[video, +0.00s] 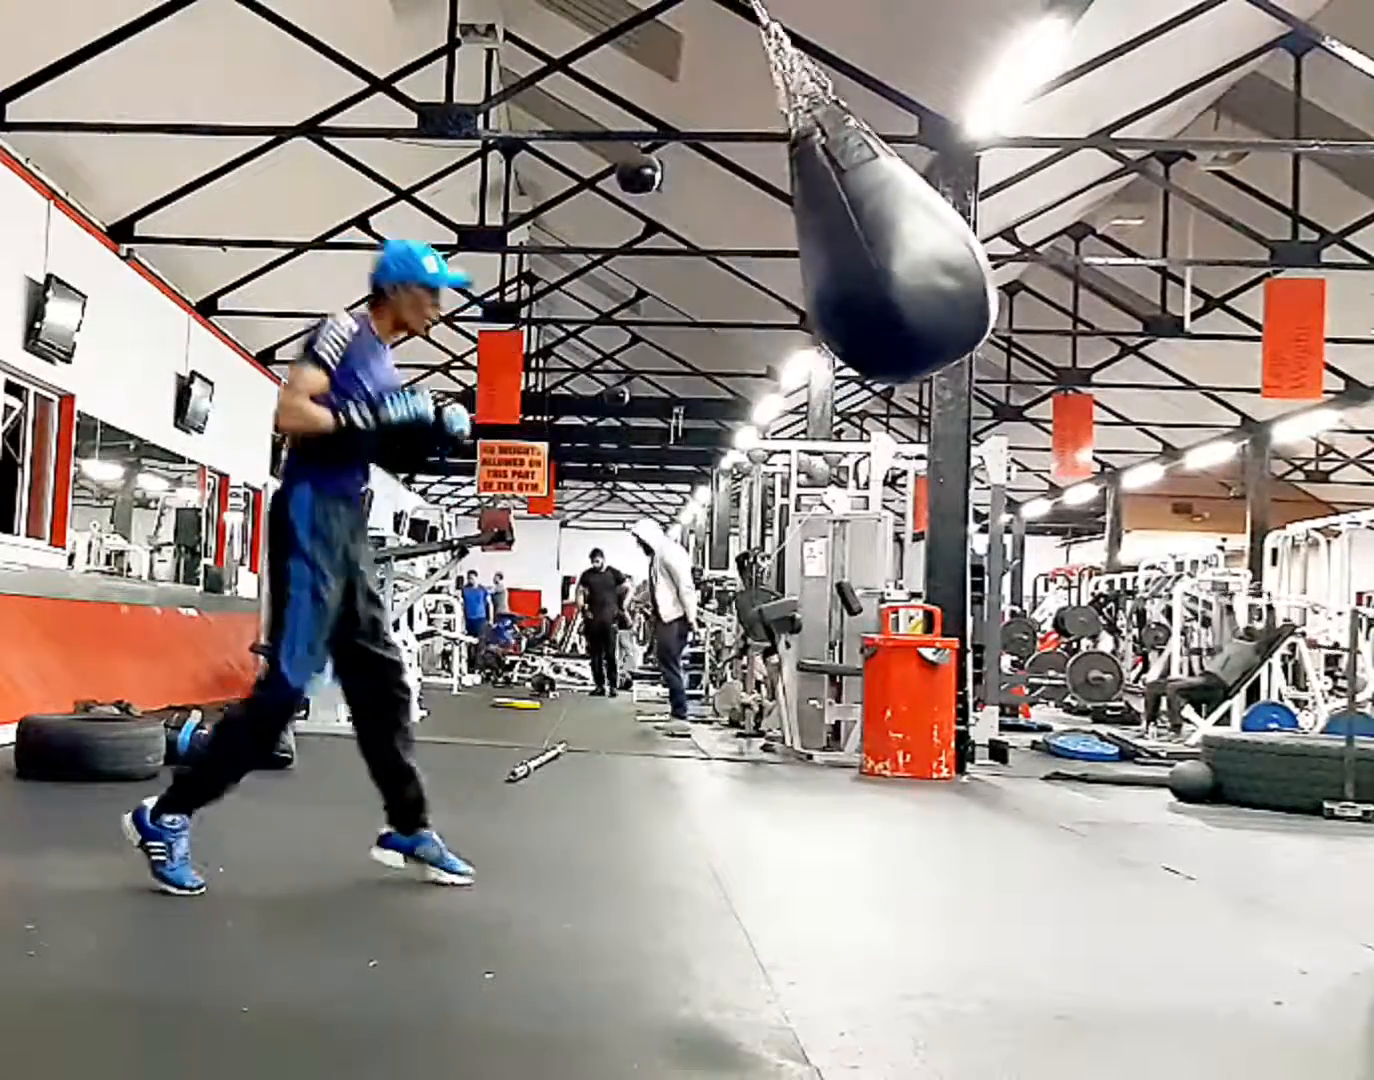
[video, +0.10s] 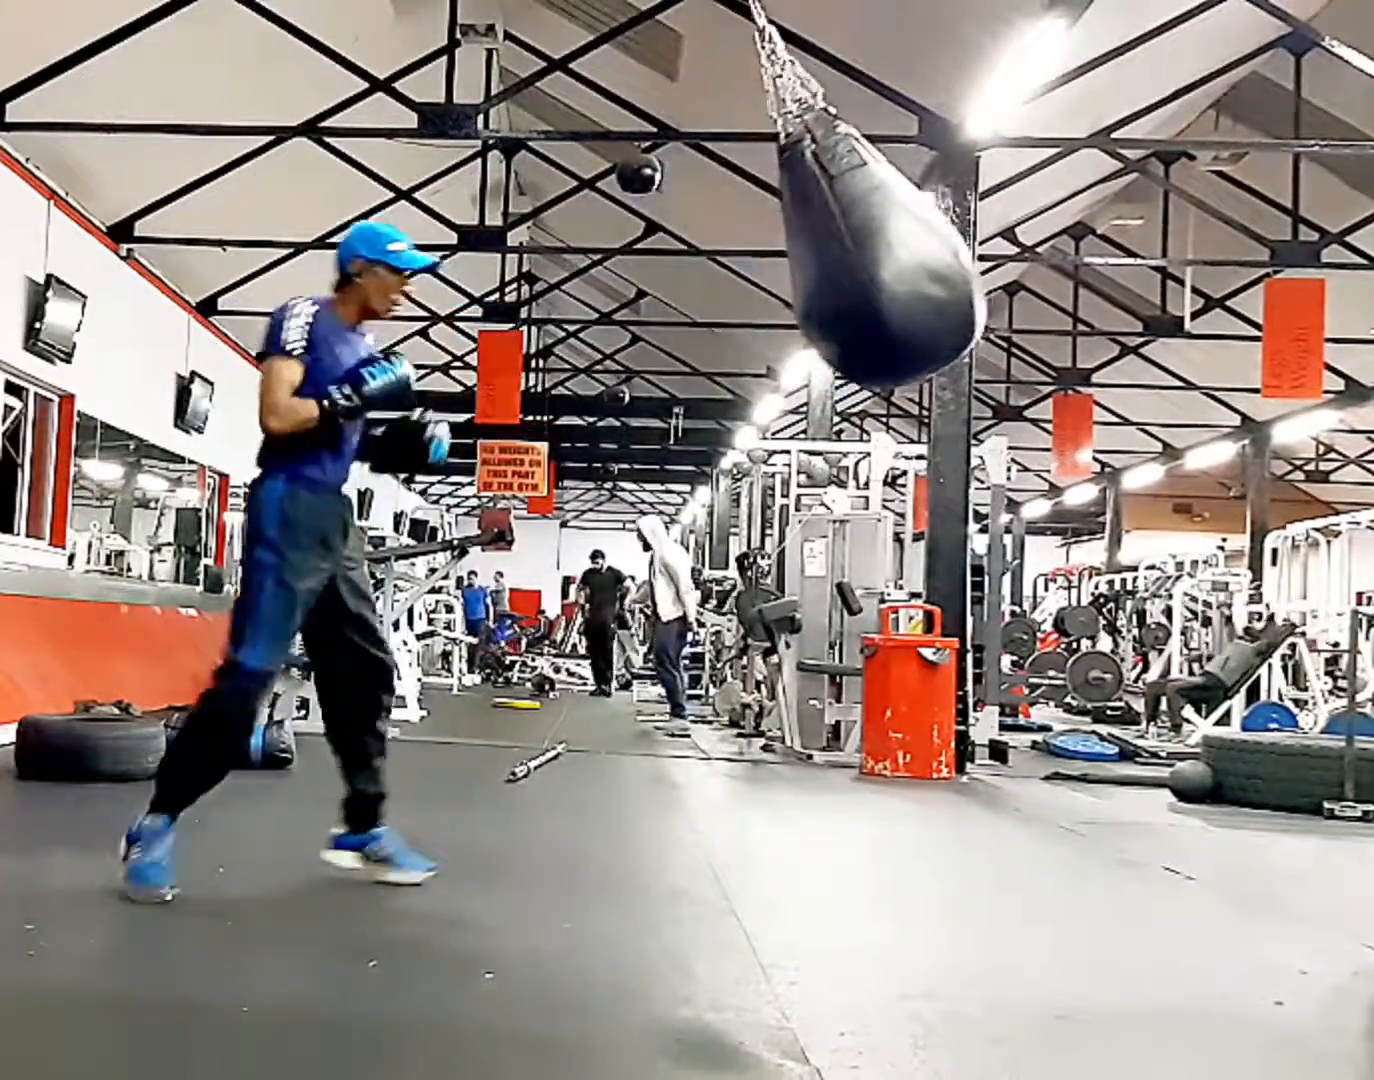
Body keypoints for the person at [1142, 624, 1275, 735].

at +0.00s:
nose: (1248, 628)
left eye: (1252, 628)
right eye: (1247, 627)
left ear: (1255, 637)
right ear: (1243, 632)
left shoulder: (1256, 650)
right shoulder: (1235, 641)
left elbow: (1272, 633)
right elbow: (1233, 625)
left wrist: (1270, 608)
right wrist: (1228, 609)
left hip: (1218, 682)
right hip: (1204, 675)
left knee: (1174, 689)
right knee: (1152, 688)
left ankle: (1176, 731)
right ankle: (1149, 727)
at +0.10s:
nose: (1251, 628)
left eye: (1256, 628)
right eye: (1251, 627)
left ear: (1258, 636)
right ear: (1247, 632)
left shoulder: (1257, 650)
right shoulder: (1235, 644)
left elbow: (1273, 642)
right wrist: (1225, 617)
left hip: (1217, 683)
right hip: (1203, 677)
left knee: (1173, 688)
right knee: (1152, 688)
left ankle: (1177, 732)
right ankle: (1147, 728)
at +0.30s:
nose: (1265, 632)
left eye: (1265, 630)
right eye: (1262, 629)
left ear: (1260, 636)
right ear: (1253, 633)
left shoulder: (1261, 651)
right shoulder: (1239, 643)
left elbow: (1281, 657)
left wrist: (1276, 640)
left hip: (1217, 683)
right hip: (1203, 674)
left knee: (1173, 688)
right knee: (1151, 688)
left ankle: (1176, 731)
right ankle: (1148, 728)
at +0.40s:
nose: (1256, 634)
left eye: (1259, 633)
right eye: (1259, 632)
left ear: (1258, 637)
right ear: (1256, 635)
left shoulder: (1260, 650)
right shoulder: (1238, 644)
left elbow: (1280, 657)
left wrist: (1276, 643)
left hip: (1217, 682)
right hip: (1203, 674)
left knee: (1173, 688)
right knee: (1151, 687)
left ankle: (1176, 731)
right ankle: (1148, 727)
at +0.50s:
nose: (1264, 628)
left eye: (1266, 627)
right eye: (1261, 625)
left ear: (1264, 635)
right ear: (1250, 630)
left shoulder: (1262, 650)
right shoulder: (1238, 643)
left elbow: (1282, 657)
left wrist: (1275, 641)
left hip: (1217, 682)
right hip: (1203, 673)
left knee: (1173, 687)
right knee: (1151, 687)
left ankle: (1176, 732)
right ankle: (1148, 728)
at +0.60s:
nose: (1252, 628)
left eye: (1258, 627)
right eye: (1253, 626)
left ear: (1262, 635)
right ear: (1250, 630)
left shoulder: (1260, 651)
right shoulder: (1237, 642)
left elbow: (1276, 645)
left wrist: (1280, 633)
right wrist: (1223, 625)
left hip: (1218, 682)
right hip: (1204, 675)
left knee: (1173, 688)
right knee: (1152, 687)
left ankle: (1176, 732)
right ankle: (1148, 729)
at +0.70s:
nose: (1249, 628)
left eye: (1254, 627)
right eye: (1248, 626)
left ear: (1261, 634)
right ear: (1245, 631)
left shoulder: (1258, 650)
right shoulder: (1235, 642)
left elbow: (1287, 630)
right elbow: (1224, 628)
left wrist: (1278, 624)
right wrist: (1222, 613)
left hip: (1217, 684)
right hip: (1202, 677)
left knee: (1174, 687)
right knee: (1152, 688)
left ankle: (1176, 731)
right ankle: (1148, 728)